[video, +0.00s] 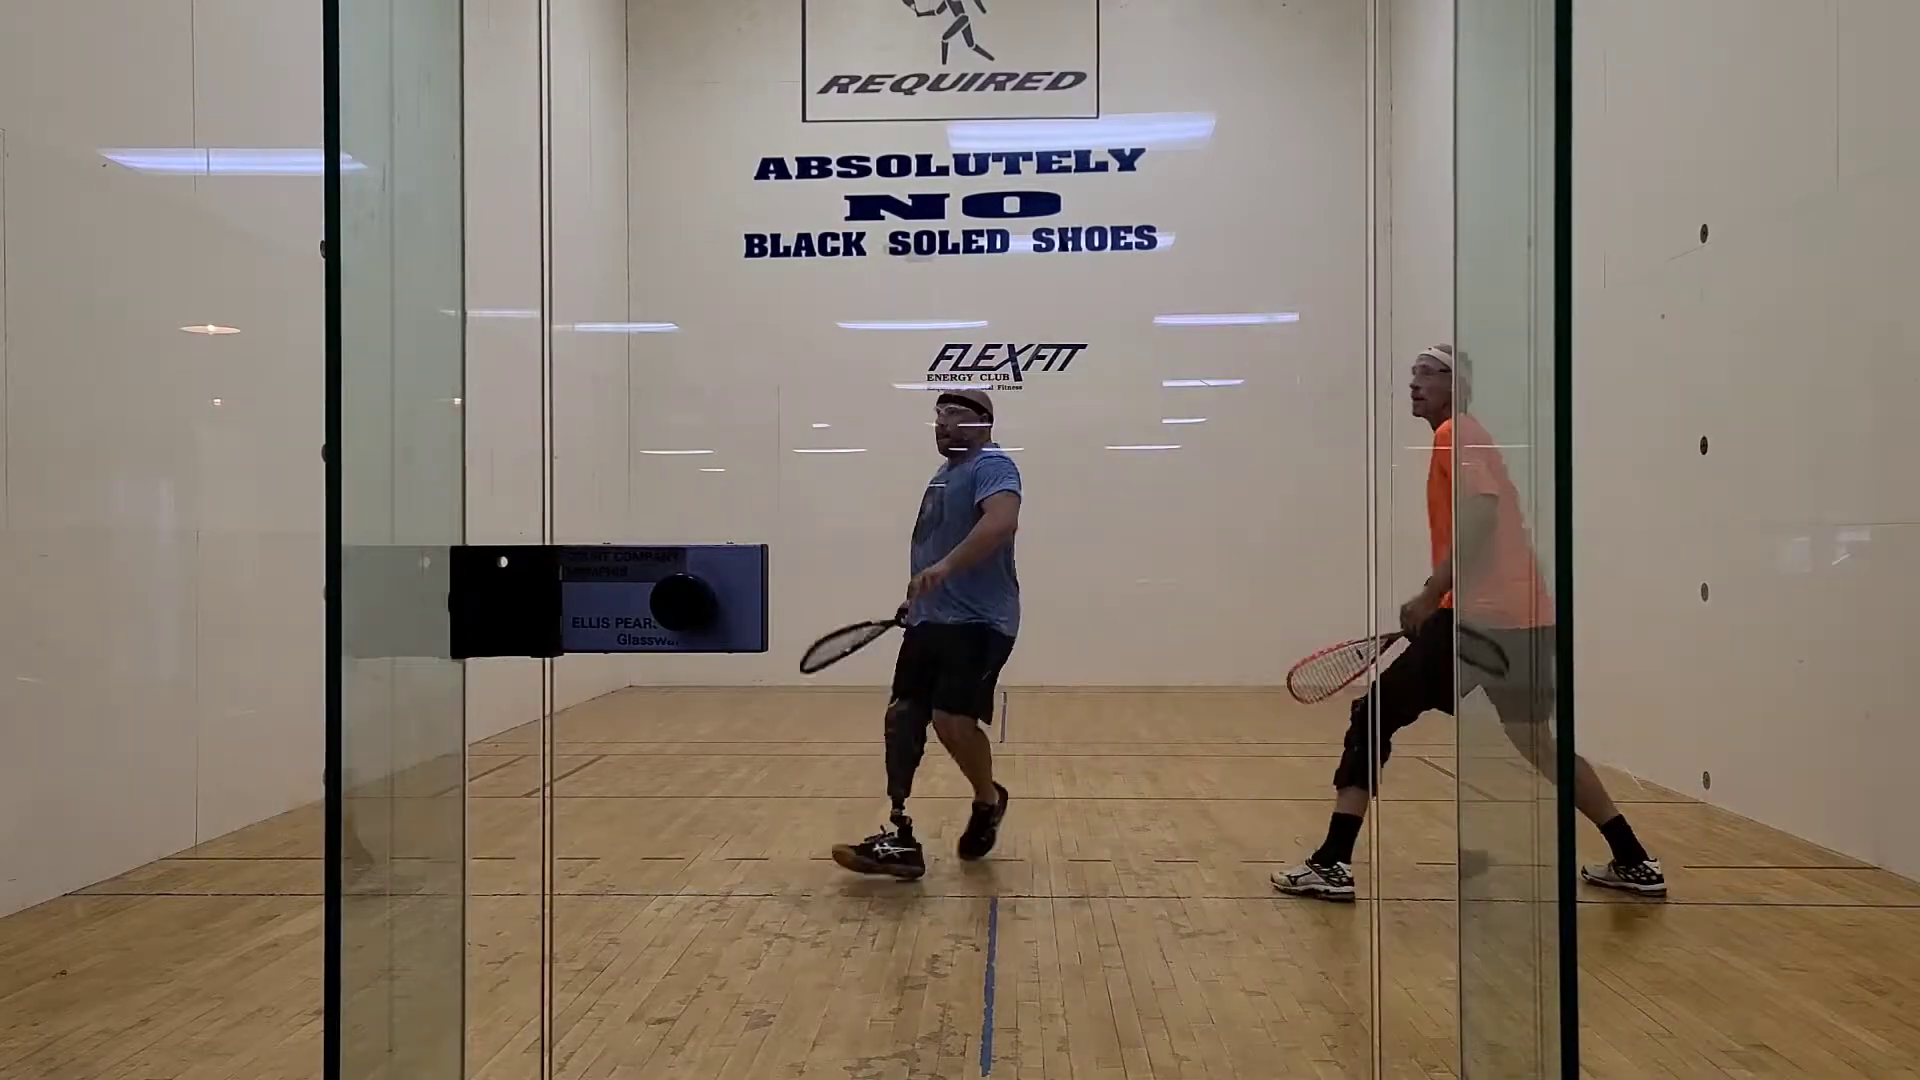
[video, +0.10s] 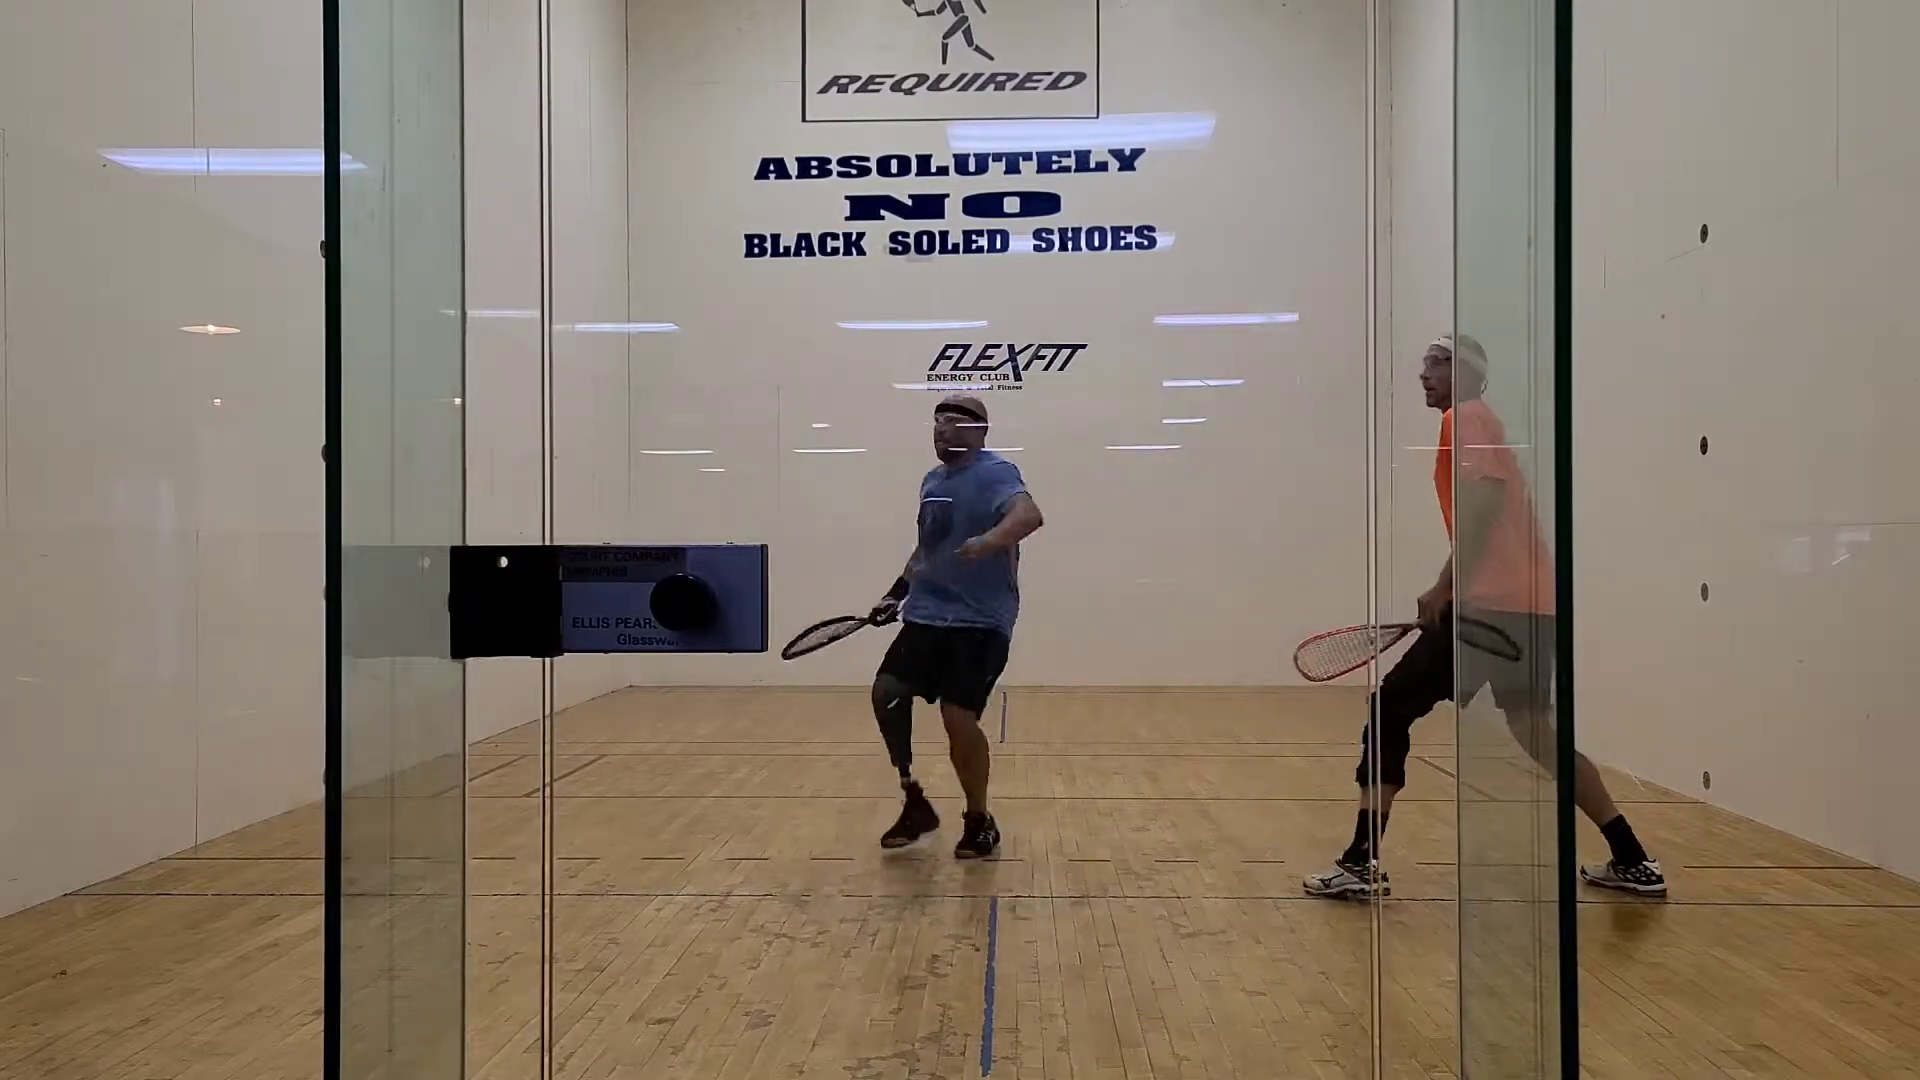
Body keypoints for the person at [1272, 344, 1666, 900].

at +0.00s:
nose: (1411, 385)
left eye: (1422, 377)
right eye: (1412, 377)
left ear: (1453, 384)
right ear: (1448, 388)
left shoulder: (1456, 434)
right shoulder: (1472, 437)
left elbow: (1478, 523)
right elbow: (1482, 540)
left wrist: (1430, 594)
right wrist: (1431, 608)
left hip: (1481, 618)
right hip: (1522, 620)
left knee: (1374, 713)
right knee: (1536, 740)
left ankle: (1332, 862)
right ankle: (1633, 859)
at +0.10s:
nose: (1423, 376)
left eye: (1434, 368)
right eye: (1423, 367)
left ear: (1462, 374)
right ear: (1465, 376)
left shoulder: (1466, 418)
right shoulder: (1480, 422)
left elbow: (1487, 499)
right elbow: (1501, 526)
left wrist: (1443, 584)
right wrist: (1445, 601)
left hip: (1491, 606)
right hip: (1527, 607)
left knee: (1392, 706)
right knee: (1536, 732)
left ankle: (1361, 860)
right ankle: (1633, 860)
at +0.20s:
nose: (1419, 368)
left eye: (1431, 358)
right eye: (1420, 358)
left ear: (1461, 369)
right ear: (1470, 373)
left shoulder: (1450, 412)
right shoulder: (1494, 420)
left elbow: (1470, 492)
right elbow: (1518, 514)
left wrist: (1428, 577)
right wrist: (1450, 595)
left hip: (1484, 593)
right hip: (1534, 595)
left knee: (1395, 702)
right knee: (1545, 723)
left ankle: (1379, 859)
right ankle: (1634, 859)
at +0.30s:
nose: (1396, 377)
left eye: (1407, 367)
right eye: (1399, 366)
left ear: (1440, 372)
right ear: (1448, 376)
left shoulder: (1429, 418)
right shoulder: (1490, 428)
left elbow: (1434, 495)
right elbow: (1534, 514)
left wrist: (1395, 579)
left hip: (1476, 600)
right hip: (1536, 601)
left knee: (1385, 706)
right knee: (1549, 728)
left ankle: (1396, 865)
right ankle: (1634, 860)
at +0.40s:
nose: (1368, 391)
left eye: (1373, 380)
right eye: (1369, 380)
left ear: (1397, 381)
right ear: (1422, 383)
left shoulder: (1402, 427)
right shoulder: (1456, 437)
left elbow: (1393, 507)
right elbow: (1490, 532)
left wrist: (1342, 583)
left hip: (1459, 611)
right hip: (1512, 613)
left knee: (1373, 717)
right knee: (1548, 737)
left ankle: (1411, 875)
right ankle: (1633, 861)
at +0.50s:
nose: (1320, 387)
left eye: (1328, 377)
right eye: (1322, 377)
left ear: (1358, 380)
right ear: (1373, 383)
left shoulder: (1368, 427)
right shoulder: (1410, 432)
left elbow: (1351, 510)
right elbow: (1459, 515)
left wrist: (1294, 574)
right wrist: (1464, 587)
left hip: (1430, 605)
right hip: (1478, 605)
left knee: (1358, 721)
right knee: (1505, 727)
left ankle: (1409, 875)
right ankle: (1613, 844)